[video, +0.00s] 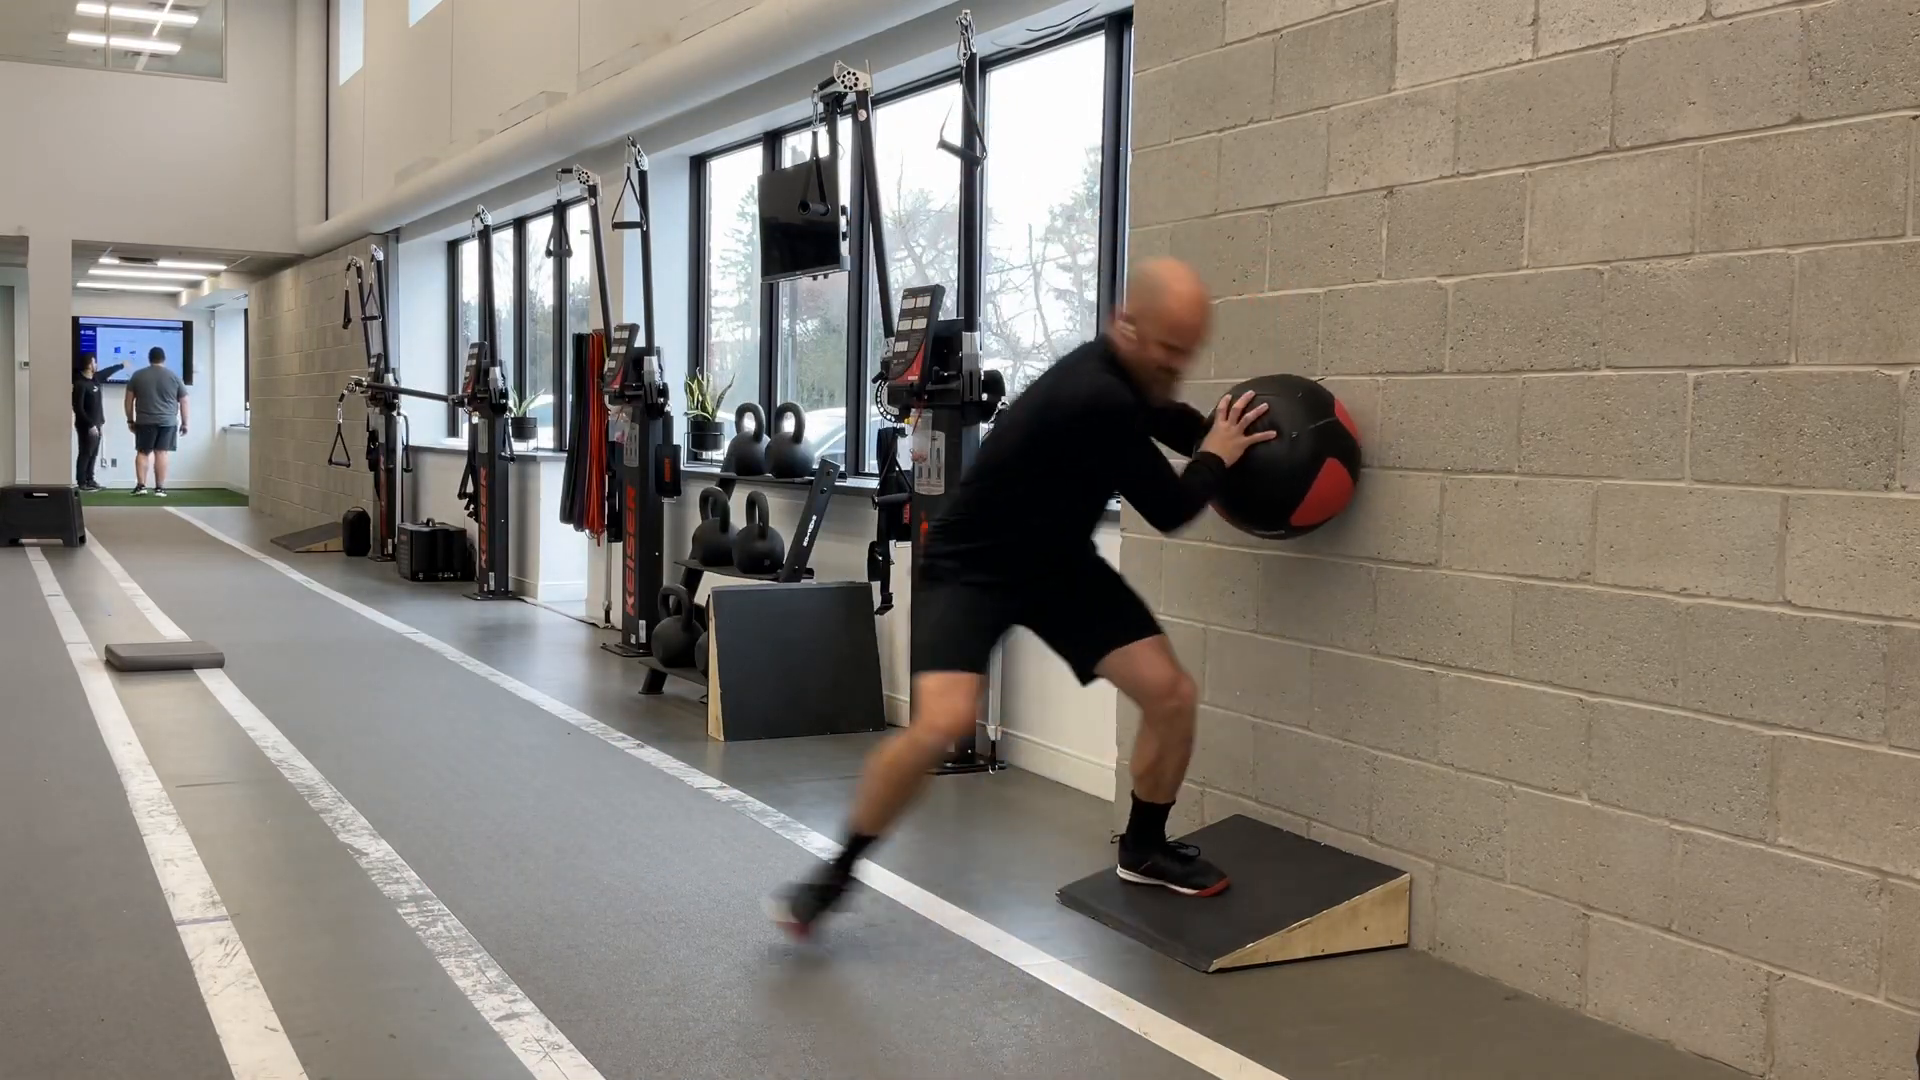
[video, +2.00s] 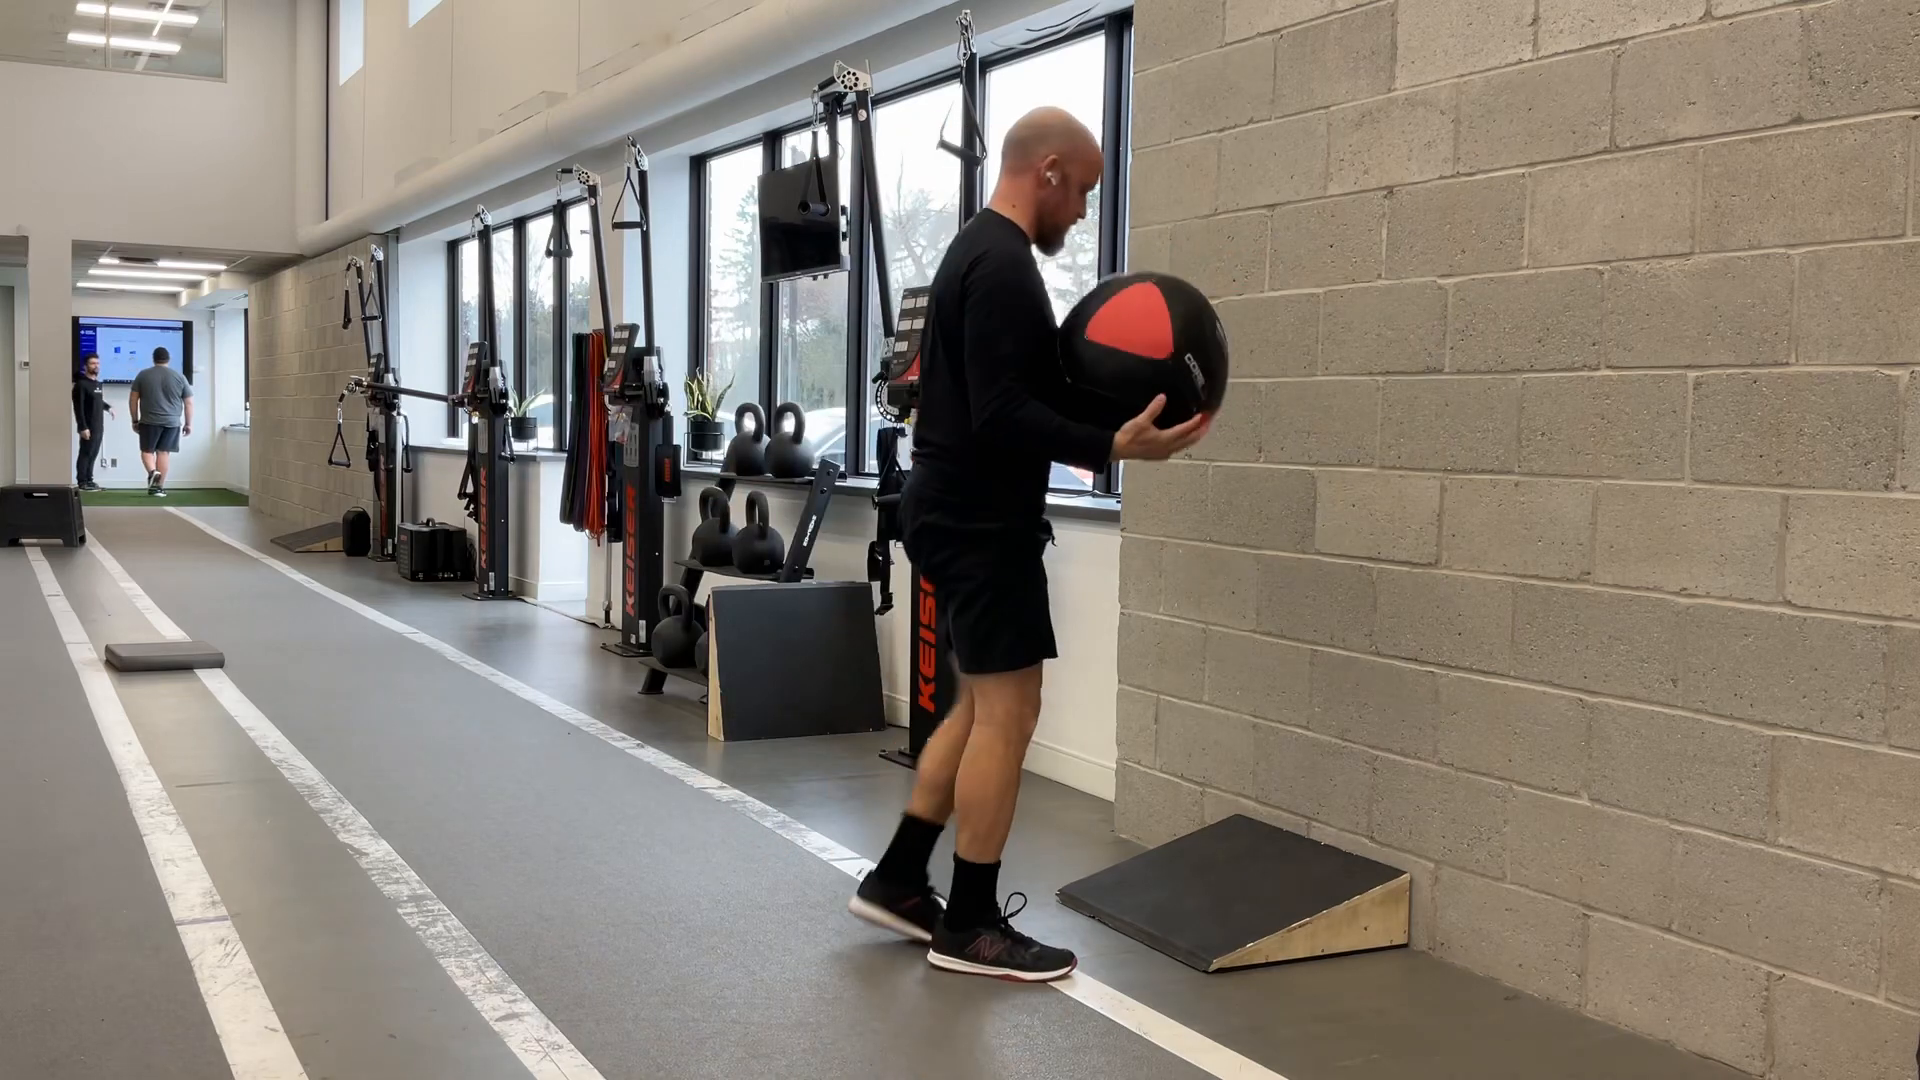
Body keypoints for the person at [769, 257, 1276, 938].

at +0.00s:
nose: (1179, 364)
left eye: (1188, 350)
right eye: (1169, 347)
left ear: (1192, 334)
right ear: (1125, 324)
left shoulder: (1125, 373)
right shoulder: (1092, 394)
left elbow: (1169, 421)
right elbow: (1169, 509)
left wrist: (1251, 439)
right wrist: (1215, 455)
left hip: (1056, 562)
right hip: (969, 563)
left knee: (1171, 695)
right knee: (943, 723)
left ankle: (1144, 848)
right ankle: (837, 873)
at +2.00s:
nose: (1081, 211)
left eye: (1087, 195)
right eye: (1081, 192)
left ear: (1028, 171)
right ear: (1044, 176)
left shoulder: (981, 252)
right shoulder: (999, 263)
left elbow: (1030, 388)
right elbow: (1007, 411)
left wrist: (1126, 408)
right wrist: (1112, 446)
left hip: (958, 514)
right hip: (983, 521)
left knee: (979, 705)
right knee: (1007, 713)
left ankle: (897, 878)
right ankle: (970, 925)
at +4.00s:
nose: (757, 323)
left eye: (771, 303)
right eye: (741, 303)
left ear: (787, 288)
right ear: (699, 277)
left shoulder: (784, 369)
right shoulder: (627, 344)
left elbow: (801, 486)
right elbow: (568, 451)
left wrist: (830, 517)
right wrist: (684, 445)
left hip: (714, 591)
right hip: (614, 591)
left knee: (833, 724)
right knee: (533, 784)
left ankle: (692, 833)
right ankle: (370, 955)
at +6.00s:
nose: (1068, 233)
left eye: (1076, 219)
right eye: (1075, 215)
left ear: (1017, 179)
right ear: (1052, 186)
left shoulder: (941, 256)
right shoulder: (1004, 251)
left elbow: (883, 402)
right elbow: (1006, 375)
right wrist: (1117, 421)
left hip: (903, 501)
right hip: (974, 505)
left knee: (925, 698)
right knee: (1015, 701)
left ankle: (882, 902)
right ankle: (1014, 924)